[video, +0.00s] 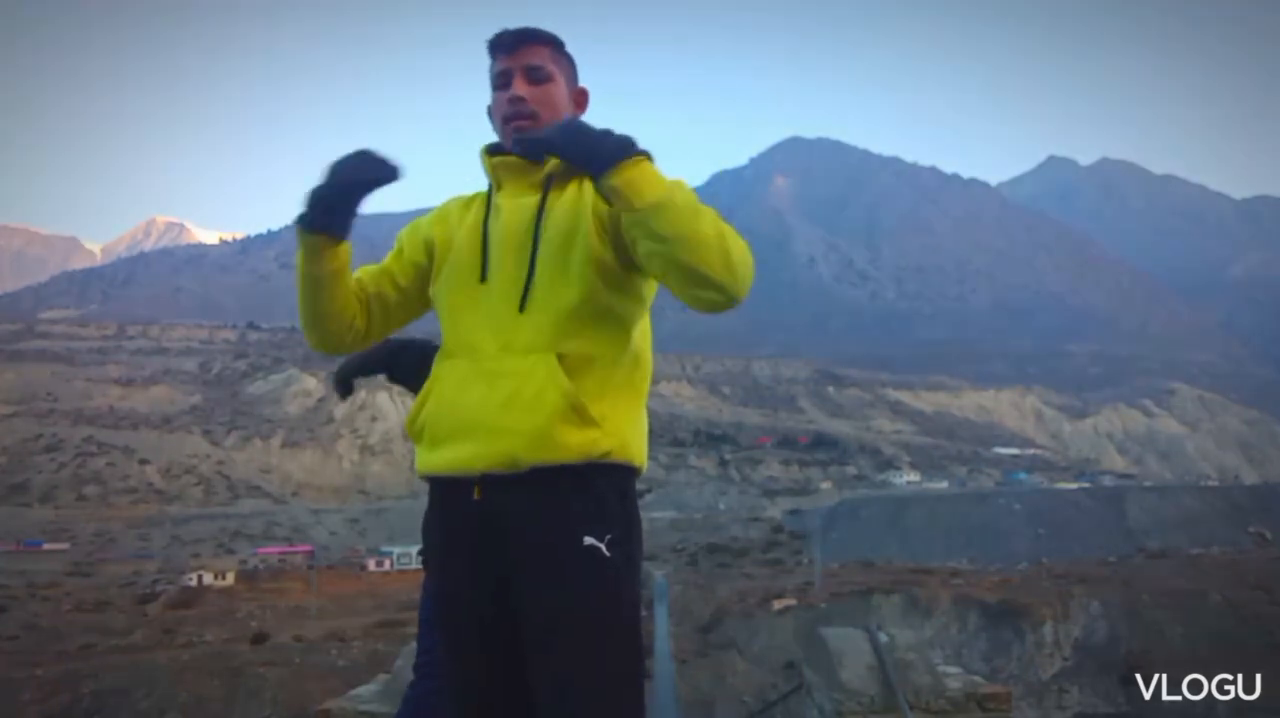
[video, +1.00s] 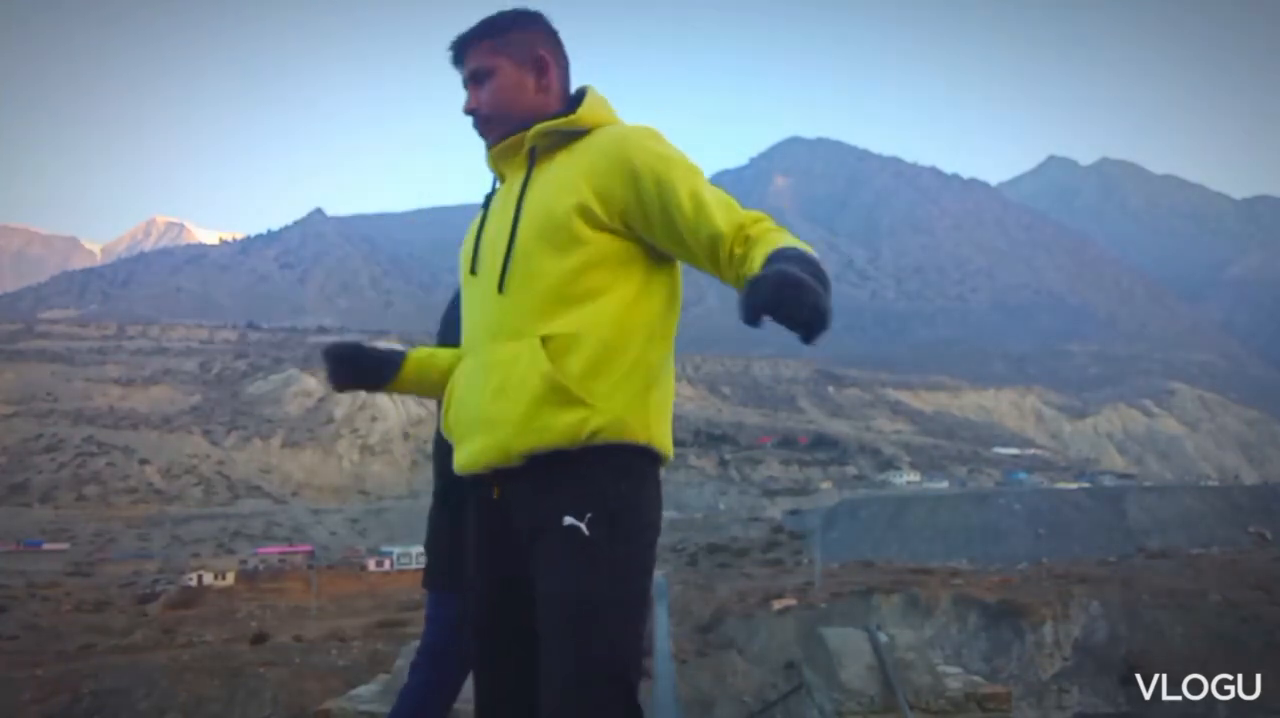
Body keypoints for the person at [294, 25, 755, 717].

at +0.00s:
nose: (516, 92)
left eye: (537, 77)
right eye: (502, 82)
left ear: (577, 98)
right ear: (489, 106)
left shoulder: (611, 196)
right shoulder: (449, 223)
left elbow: (725, 283)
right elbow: (337, 328)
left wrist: (622, 167)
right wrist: (325, 227)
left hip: (579, 498)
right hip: (460, 501)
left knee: (589, 697)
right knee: (458, 695)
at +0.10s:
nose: (507, 92)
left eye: (527, 75)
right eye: (492, 81)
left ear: (569, 92)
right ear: (480, 103)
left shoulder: (623, 187)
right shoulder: (445, 222)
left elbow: (767, 288)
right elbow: (357, 330)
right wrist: (257, 277)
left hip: (579, 494)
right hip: (458, 501)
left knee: (586, 698)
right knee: (461, 697)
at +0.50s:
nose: (506, 104)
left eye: (526, 85)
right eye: (491, 90)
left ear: (568, 93)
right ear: (478, 103)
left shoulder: (619, 183)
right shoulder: (451, 225)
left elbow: (761, 296)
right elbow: (368, 344)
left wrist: (724, 236)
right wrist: (261, 314)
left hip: (577, 486)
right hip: (462, 495)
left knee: (583, 697)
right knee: (476, 694)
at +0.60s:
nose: (520, 115)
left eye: (539, 97)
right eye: (505, 102)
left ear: (579, 102)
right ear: (493, 113)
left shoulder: (619, 183)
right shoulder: (463, 231)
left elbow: (669, 279)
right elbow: (364, 334)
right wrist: (298, 305)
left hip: (579, 492)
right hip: (466, 498)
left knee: (586, 695)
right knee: (477, 692)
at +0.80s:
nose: (518, 113)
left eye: (537, 94)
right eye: (503, 100)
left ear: (580, 97)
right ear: (492, 110)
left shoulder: (617, 177)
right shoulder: (476, 227)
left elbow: (671, 280)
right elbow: (381, 341)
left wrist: (525, 255)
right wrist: (294, 321)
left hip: (589, 489)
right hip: (474, 497)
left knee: (597, 696)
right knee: (495, 697)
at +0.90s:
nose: (493, 105)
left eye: (510, 85)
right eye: (483, 92)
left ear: (562, 83)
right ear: (475, 101)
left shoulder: (614, 168)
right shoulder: (471, 232)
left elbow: (752, 272)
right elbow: (424, 364)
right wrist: (311, 348)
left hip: (592, 482)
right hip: (478, 494)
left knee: (593, 692)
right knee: (501, 695)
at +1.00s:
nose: (467, 102)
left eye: (481, 78)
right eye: (465, 85)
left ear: (544, 70)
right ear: (526, 78)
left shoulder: (616, 152)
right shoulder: (491, 214)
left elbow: (735, 233)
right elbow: (495, 370)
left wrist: (782, 265)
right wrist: (390, 368)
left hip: (594, 479)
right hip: (497, 488)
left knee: (588, 696)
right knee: (504, 697)